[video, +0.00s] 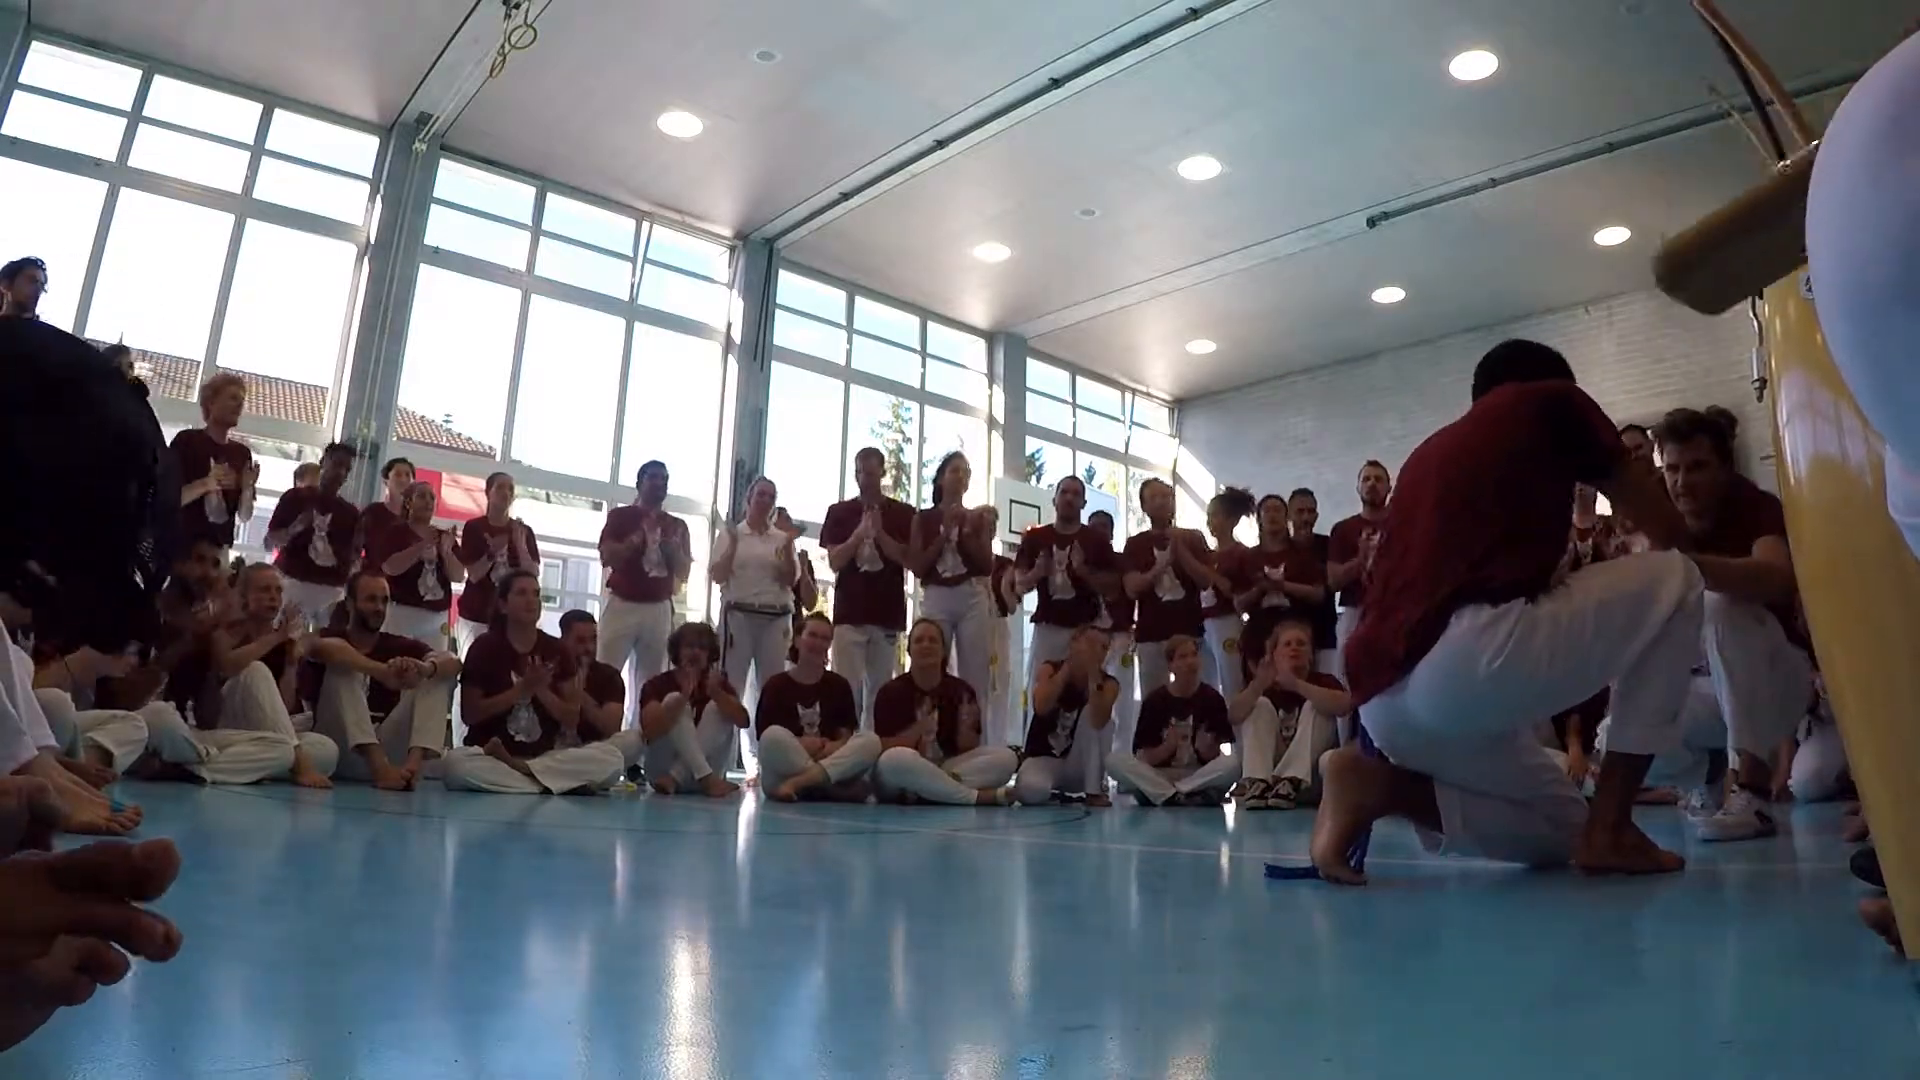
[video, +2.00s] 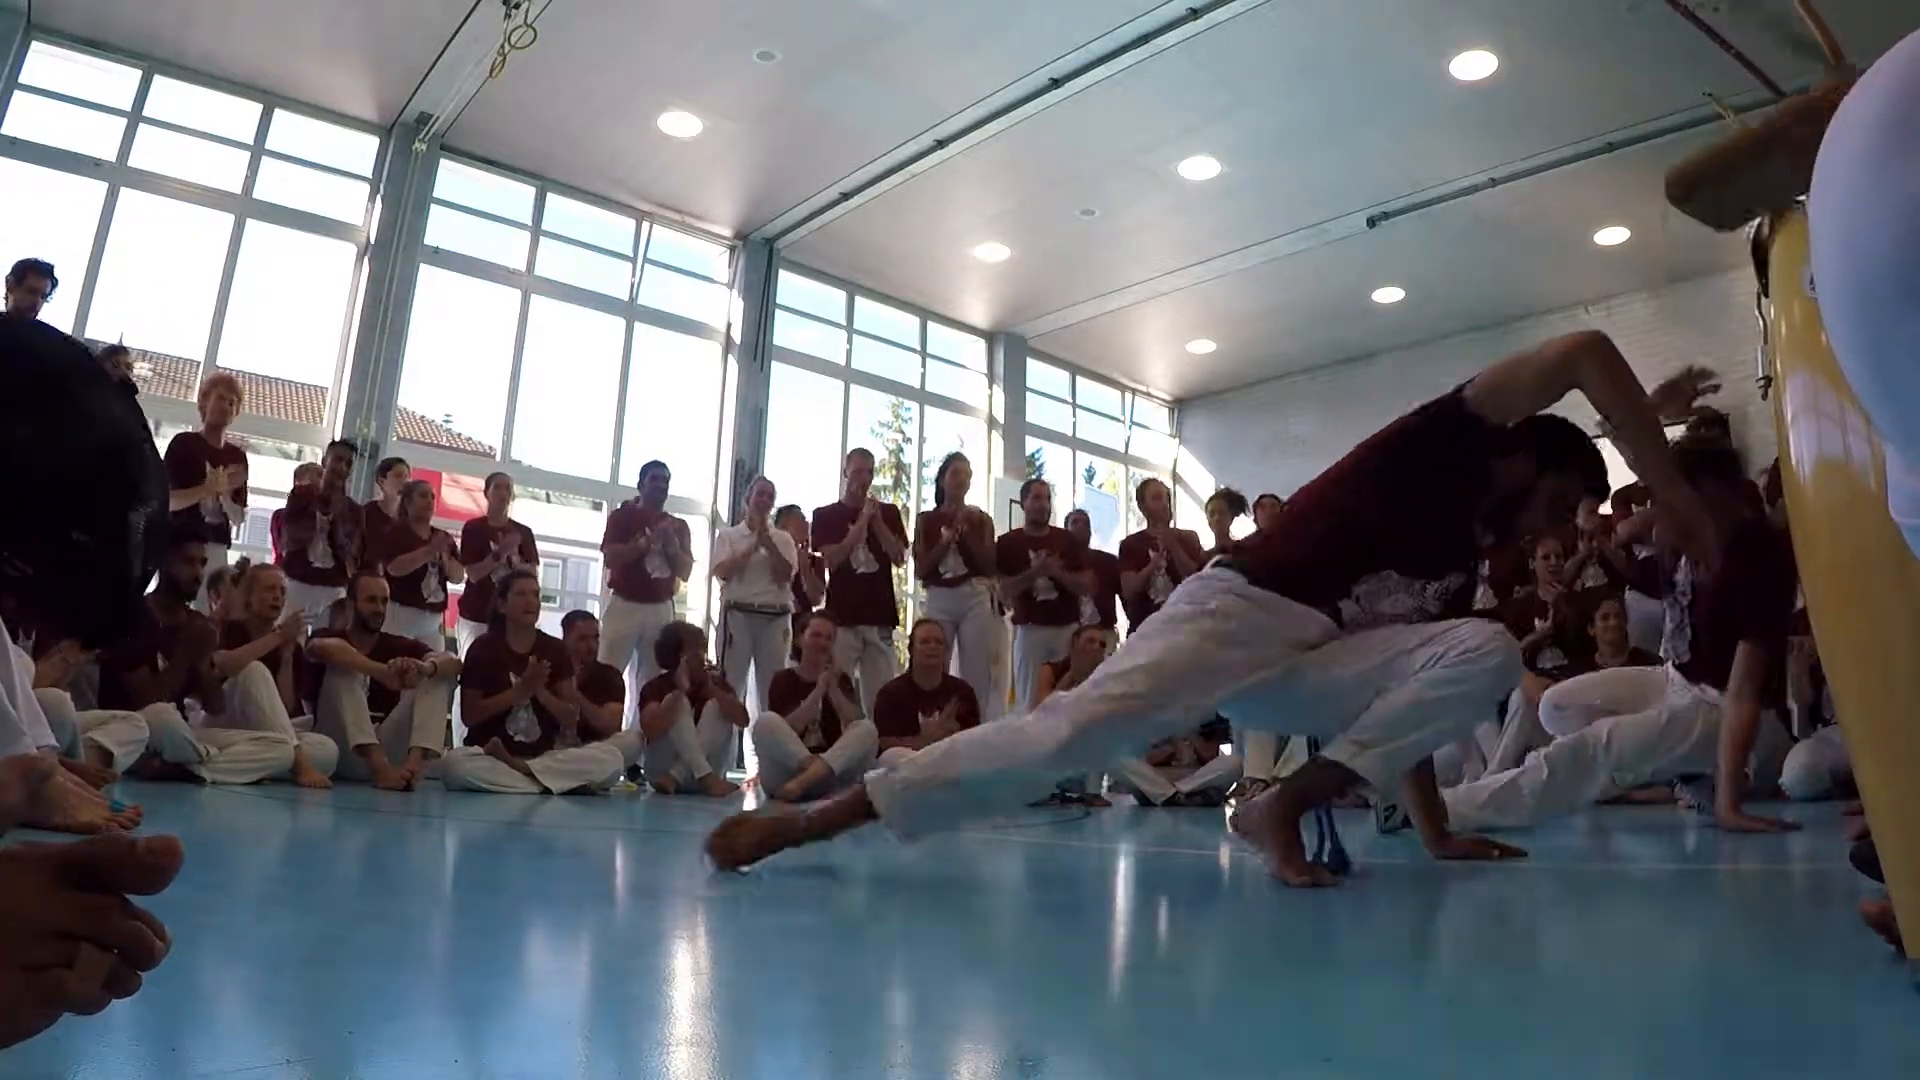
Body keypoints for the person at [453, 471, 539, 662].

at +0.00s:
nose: (505, 493)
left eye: (510, 489)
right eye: (500, 488)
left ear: (513, 495)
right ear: (488, 492)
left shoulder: (523, 531)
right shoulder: (473, 527)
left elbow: (533, 573)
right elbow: (473, 575)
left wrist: (521, 547)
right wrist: (492, 553)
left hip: (510, 618)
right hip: (475, 614)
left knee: (505, 680)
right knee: (472, 678)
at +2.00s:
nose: (503, 494)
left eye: (507, 489)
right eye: (497, 488)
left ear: (512, 495)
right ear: (486, 493)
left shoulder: (524, 532)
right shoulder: (473, 528)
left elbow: (533, 573)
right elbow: (473, 575)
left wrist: (515, 559)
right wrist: (501, 551)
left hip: (511, 618)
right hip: (475, 615)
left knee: (506, 680)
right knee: (473, 679)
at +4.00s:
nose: (504, 493)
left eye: (509, 489)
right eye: (498, 487)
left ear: (513, 495)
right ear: (487, 492)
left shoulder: (524, 533)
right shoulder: (474, 527)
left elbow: (533, 574)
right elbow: (474, 574)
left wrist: (515, 554)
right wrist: (497, 554)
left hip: (511, 619)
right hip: (475, 616)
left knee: (505, 680)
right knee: (471, 680)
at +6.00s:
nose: (503, 493)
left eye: (507, 488)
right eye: (497, 488)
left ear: (512, 495)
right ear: (486, 493)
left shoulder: (523, 532)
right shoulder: (473, 527)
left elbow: (531, 574)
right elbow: (473, 575)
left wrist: (514, 553)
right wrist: (496, 553)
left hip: (509, 621)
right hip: (474, 617)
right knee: (471, 679)